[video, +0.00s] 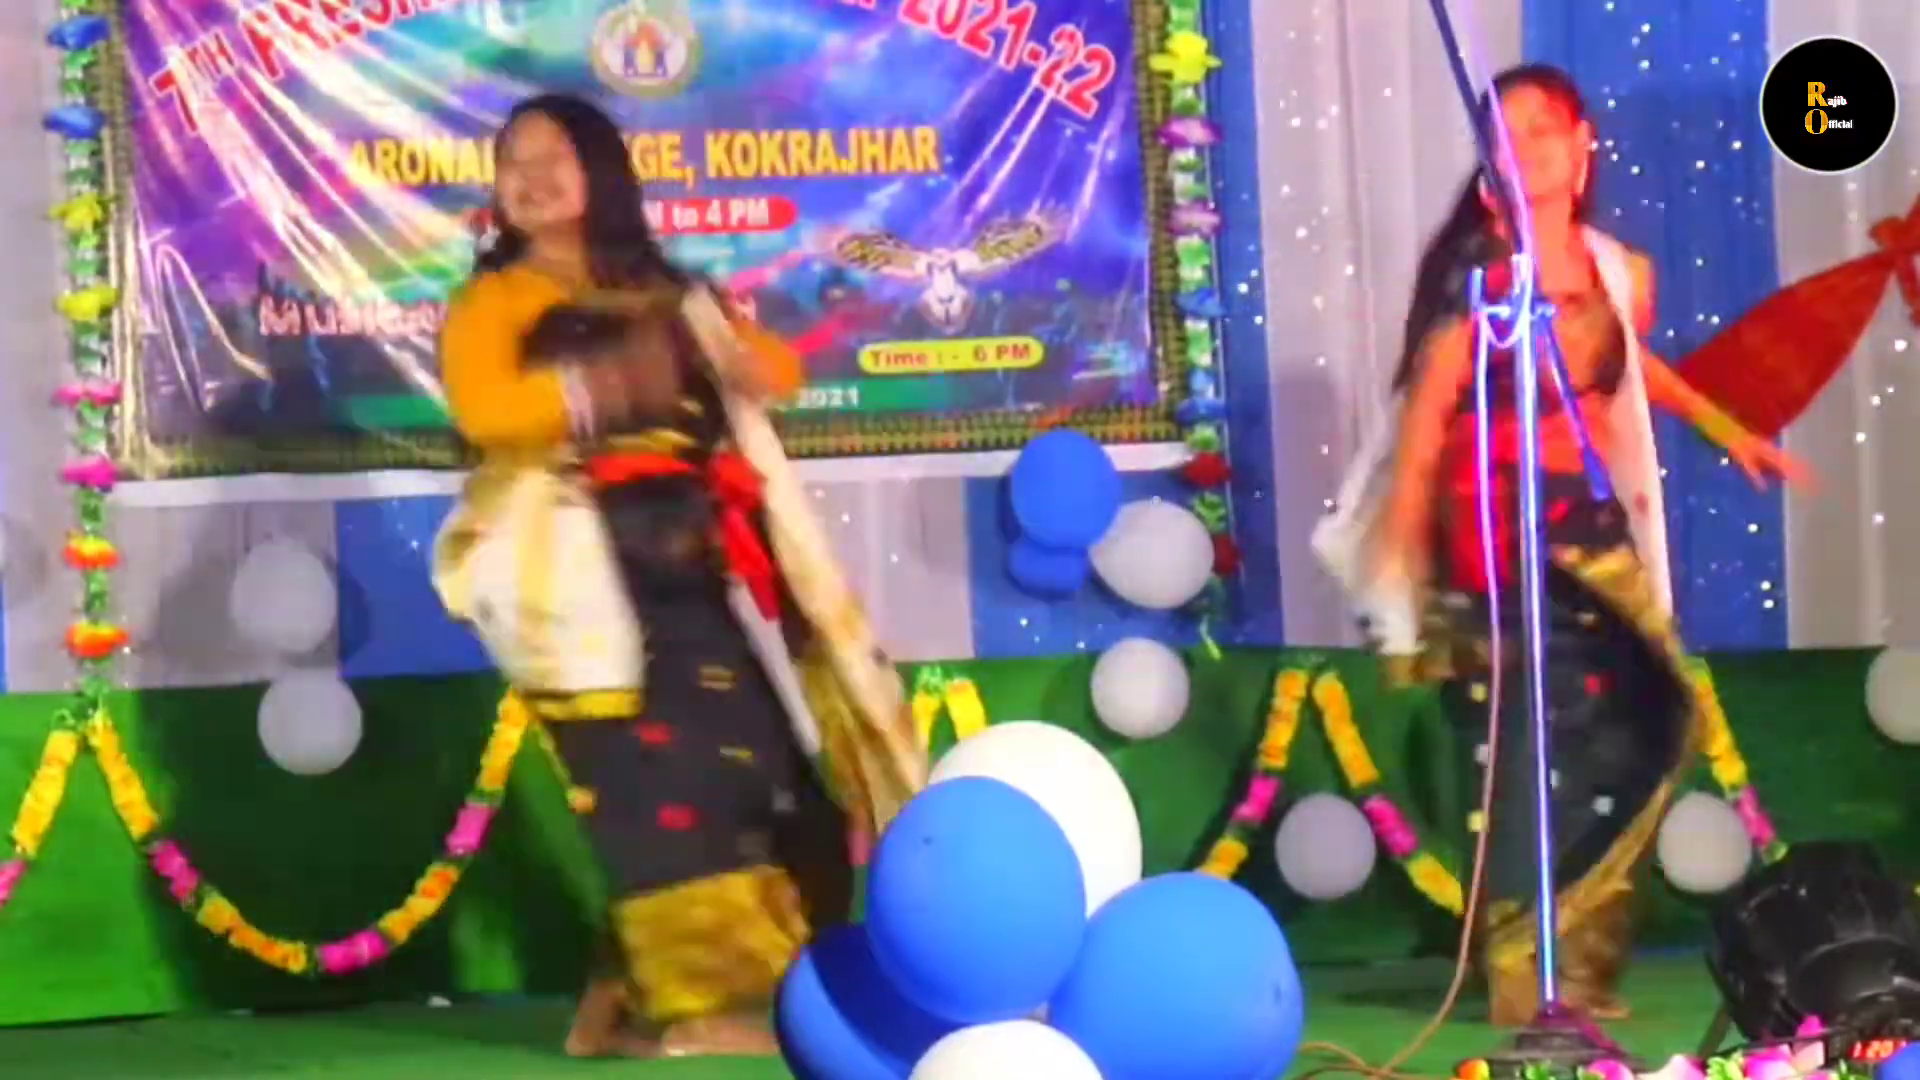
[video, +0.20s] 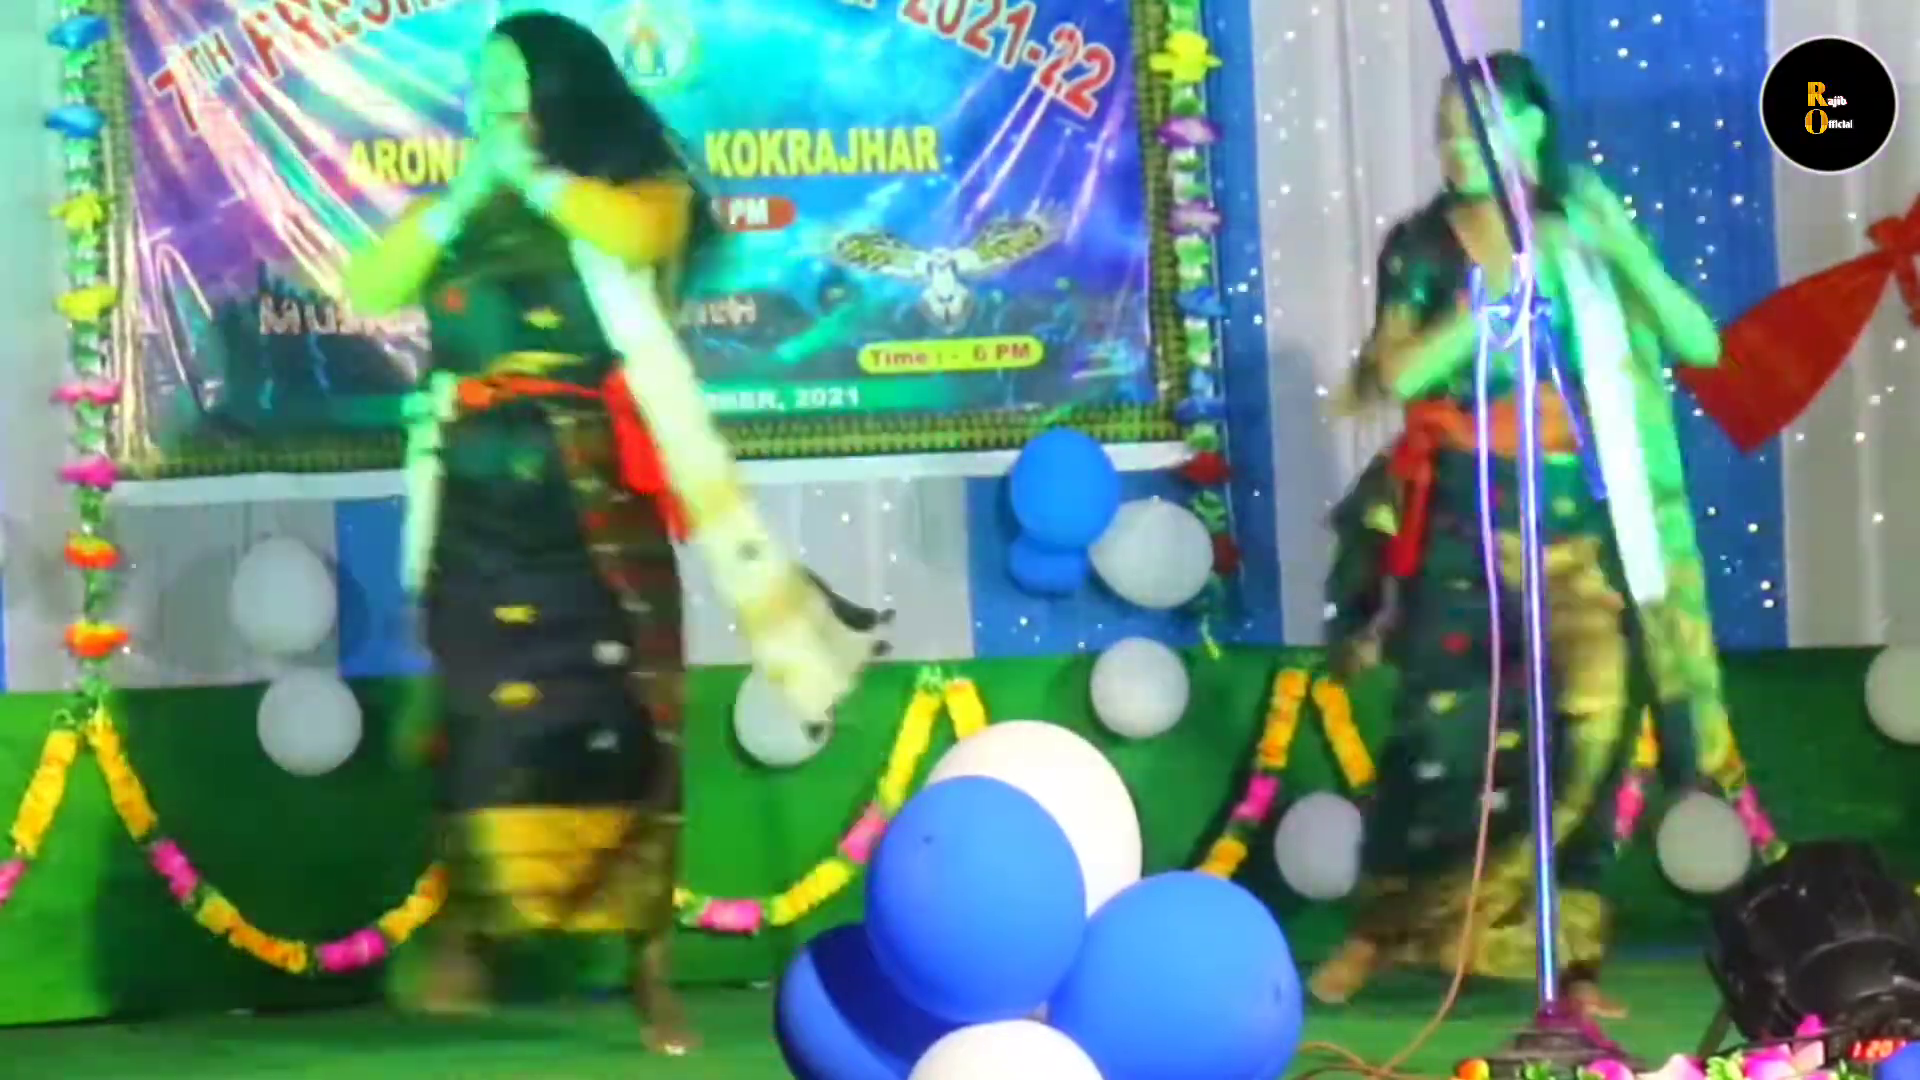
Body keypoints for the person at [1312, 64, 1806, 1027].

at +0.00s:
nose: (1524, 151)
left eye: (1541, 131)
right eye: (1506, 137)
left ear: (1584, 147)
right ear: (1486, 162)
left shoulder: (1619, 269)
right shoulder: (1472, 276)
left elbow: (1627, 365)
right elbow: (1429, 409)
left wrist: (1727, 432)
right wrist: (1401, 539)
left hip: (1593, 525)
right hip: (1490, 536)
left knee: (1645, 728)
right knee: (1525, 748)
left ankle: (1569, 970)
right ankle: (1530, 976)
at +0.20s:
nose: (1465, 147)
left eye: (1484, 128)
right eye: (1453, 129)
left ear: (1532, 132)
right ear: (1440, 135)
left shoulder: (1584, 226)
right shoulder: (1421, 245)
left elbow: (1697, 343)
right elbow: (1391, 379)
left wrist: (1617, 244)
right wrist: (1482, 297)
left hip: (1576, 525)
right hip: (1458, 528)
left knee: (1592, 729)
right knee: (1434, 726)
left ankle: (1561, 941)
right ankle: (1381, 927)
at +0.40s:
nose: (1411, 152)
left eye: (1430, 132)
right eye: (1401, 135)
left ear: (1481, 133)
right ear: (1393, 144)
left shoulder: (1550, 232)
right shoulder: (1386, 258)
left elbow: (1596, 344)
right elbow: (1339, 405)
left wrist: (1516, 304)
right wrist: (1409, 315)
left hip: (1543, 509)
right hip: (1423, 510)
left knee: (1539, 725)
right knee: (1389, 723)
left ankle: (1588, 944)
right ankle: (1379, 952)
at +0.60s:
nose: (1373, 171)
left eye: (1394, 155)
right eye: (1367, 154)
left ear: (1447, 167)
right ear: (1361, 168)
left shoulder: (1486, 267)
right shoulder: (1364, 291)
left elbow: (1572, 363)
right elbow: (1314, 410)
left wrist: (1648, 442)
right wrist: (1260, 506)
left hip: (1495, 544)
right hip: (1391, 549)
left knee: (1521, 758)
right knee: (1371, 759)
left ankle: (1595, 959)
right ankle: (1382, 958)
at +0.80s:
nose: (1380, 141)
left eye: (1402, 125)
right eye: (1368, 123)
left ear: (1444, 135)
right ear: (1353, 135)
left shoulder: (1498, 212)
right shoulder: (1366, 242)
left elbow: (1635, 214)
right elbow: (1299, 219)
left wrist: (1769, 199)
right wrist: (1244, 189)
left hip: (1530, 491)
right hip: (1406, 497)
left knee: (1570, 719)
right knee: (1406, 726)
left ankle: (1601, 953)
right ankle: (1386, 958)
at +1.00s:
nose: (1496, 174)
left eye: (1506, 155)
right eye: (1473, 159)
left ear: (1526, 159)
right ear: (1429, 176)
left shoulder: (1582, 239)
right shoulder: (1403, 289)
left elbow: (1708, 246)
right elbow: (1250, 326)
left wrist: (1832, 224)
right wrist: (1170, 255)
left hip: (1597, 525)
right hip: (1483, 533)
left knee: (1617, 741)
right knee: (1464, 739)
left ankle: (1582, 962)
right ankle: (1379, 938)